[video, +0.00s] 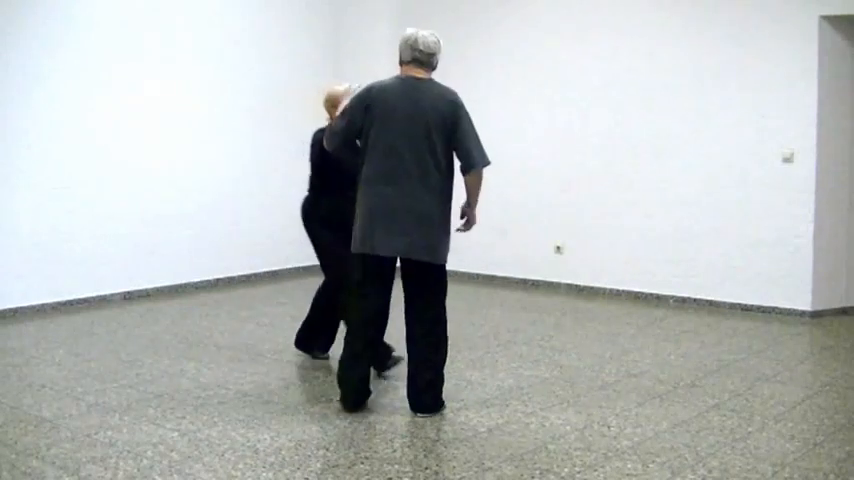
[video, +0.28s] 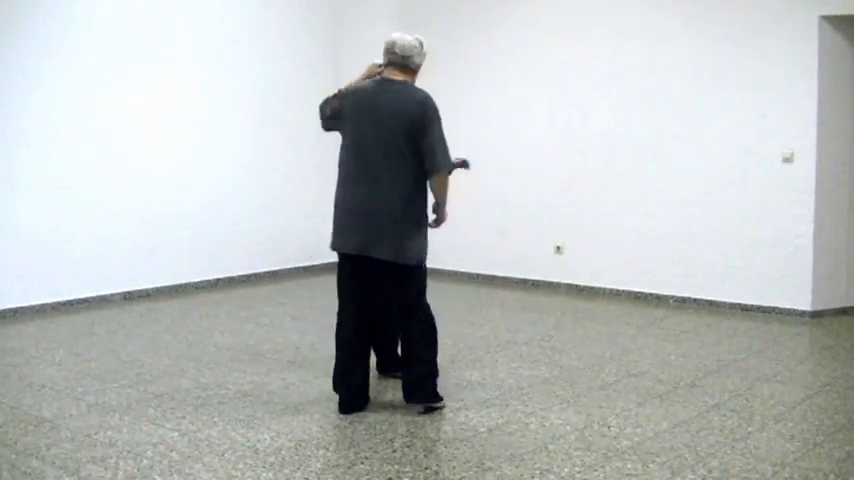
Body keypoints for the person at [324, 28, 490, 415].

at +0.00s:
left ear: (400, 59)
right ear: (434, 63)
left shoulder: (373, 94)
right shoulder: (449, 101)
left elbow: (334, 140)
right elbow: (474, 164)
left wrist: (368, 162)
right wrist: (471, 205)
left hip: (374, 224)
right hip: (427, 226)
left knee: (366, 309)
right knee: (427, 313)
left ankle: (353, 394)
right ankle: (426, 399)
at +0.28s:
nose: (421, 70)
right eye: (421, 65)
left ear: (383, 61)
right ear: (418, 66)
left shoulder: (357, 97)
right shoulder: (420, 103)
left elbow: (326, 113)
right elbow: (439, 165)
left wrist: (359, 80)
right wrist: (440, 203)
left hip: (353, 227)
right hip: (402, 230)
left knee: (352, 312)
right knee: (414, 311)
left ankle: (350, 396)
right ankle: (422, 393)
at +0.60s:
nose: (421, 74)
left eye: (422, 68)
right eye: (420, 68)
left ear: (382, 65)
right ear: (413, 70)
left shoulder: (358, 94)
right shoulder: (407, 107)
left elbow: (386, 87)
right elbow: (412, 175)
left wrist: (419, 74)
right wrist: (438, 192)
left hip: (346, 224)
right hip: (388, 227)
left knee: (348, 315)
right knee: (394, 311)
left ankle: (349, 396)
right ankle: (391, 386)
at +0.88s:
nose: (435, 73)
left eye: (434, 67)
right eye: (432, 67)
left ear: (399, 67)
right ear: (414, 69)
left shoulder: (378, 89)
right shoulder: (402, 105)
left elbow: (431, 83)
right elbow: (415, 175)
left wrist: (469, 64)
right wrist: (460, 184)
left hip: (367, 213)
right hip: (392, 220)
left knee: (381, 292)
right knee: (406, 299)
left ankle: (349, 358)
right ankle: (390, 385)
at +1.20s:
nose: (440, 75)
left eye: (440, 67)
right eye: (434, 68)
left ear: (415, 68)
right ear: (409, 69)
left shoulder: (412, 97)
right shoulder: (391, 107)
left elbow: (452, 109)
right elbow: (421, 172)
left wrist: (494, 97)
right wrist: (480, 178)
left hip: (406, 223)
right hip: (388, 228)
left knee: (423, 286)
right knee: (401, 305)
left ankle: (381, 350)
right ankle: (396, 384)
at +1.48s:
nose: (447, 72)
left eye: (447, 65)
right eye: (441, 65)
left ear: (424, 67)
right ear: (416, 66)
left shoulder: (432, 102)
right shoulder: (388, 105)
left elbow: (445, 152)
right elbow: (398, 171)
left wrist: (488, 161)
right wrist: (452, 191)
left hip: (425, 230)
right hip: (392, 234)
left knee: (431, 304)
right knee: (397, 311)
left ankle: (420, 371)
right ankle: (394, 383)